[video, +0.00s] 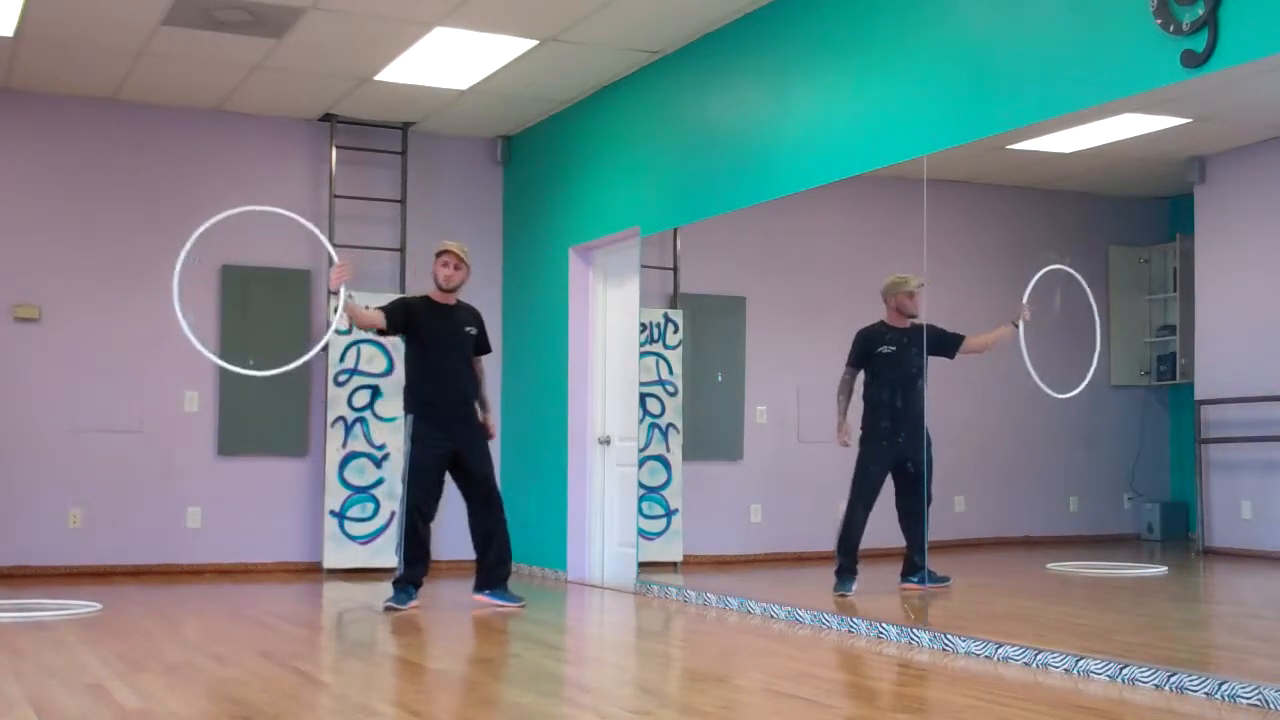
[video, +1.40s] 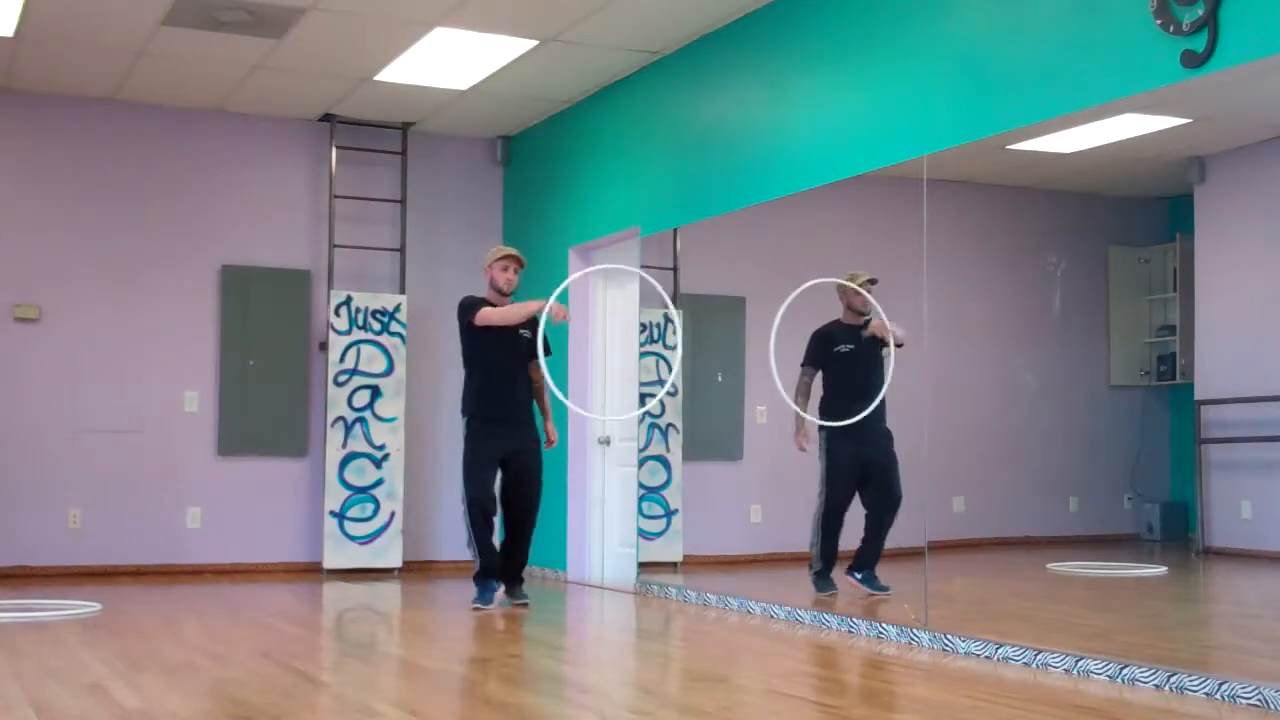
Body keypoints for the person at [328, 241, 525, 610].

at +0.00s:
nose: (449, 270)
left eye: (457, 266)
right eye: (444, 264)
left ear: (465, 275)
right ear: (433, 270)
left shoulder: (470, 316)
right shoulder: (412, 307)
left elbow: (476, 368)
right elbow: (367, 319)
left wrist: (485, 412)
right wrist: (340, 293)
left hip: (467, 423)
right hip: (427, 423)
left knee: (486, 501)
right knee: (418, 505)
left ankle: (491, 584)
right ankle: (407, 585)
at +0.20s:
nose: (450, 272)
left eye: (458, 268)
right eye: (444, 266)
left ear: (466, 277)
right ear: (433, 272)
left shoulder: (473, 317)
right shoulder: (417, 312)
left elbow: (484, 369)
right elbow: (386, 347)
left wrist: (503, 411)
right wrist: (394, 312)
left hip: (466, 426)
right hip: (425, 426)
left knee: (480, 508)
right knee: (415, 509)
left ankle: (488, 586)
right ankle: (406, 586)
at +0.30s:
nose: (441, 272)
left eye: (448, 268)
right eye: (436, 267)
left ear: (460, 276)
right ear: (427, 274)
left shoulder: (472, 315)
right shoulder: (411, 314)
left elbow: (486, 364)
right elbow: (397, 360)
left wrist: (506, 406)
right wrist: (422, 331)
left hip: (468, 426)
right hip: (426, 427)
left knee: (480, 509)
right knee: (416, 510)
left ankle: (488, 586)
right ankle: (406, 586)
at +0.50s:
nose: (447, 274)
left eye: (454, 269)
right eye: (441, 268)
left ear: (463, 276)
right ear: (430, 274)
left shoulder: (478, 316)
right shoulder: (416, 317)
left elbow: (492, 364)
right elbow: (419, 366)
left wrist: (512, 401)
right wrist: (462, 358)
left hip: (474, 426)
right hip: (434, 427)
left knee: (487, 507)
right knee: (421, 508)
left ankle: (497, 586)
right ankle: (407, 586)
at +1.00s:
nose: (488, 276)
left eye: (494, 272)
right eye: (482, 269)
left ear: (497, 280)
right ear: (465, 273)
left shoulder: (496, 321)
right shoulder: (447, 311)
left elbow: (500, 374)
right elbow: (473, 351)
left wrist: (511, 418)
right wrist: (513, 380)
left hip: (487, 420)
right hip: (449, 419)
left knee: (493, 505)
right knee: (432, 503)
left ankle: (494, 585)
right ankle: (411, 584)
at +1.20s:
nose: (503, 277)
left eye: (508, 273)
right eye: (497, 270)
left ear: (512, 280)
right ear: (481, 273)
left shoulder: (516, 321)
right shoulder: (464, 308)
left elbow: (526, 376)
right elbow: (496, 336)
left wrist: (535, 420)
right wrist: (533, 357)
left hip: (503, 422)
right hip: (465, 420)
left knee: (501, 506)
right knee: (453, 502)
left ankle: (495, 585)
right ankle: (445, 581)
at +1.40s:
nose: (511, 276)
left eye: (515, 271)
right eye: (504, 269)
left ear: (519, 278)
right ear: (488, 272)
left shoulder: (527, 319)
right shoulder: (470, 306)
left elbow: (536, 373)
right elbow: (494, 317)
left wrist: (547, 418)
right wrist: (543, 305)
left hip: (521, 424)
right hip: (482, 423)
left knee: (524, 506)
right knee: (479, 502)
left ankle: (513, 580)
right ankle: (487, 579)